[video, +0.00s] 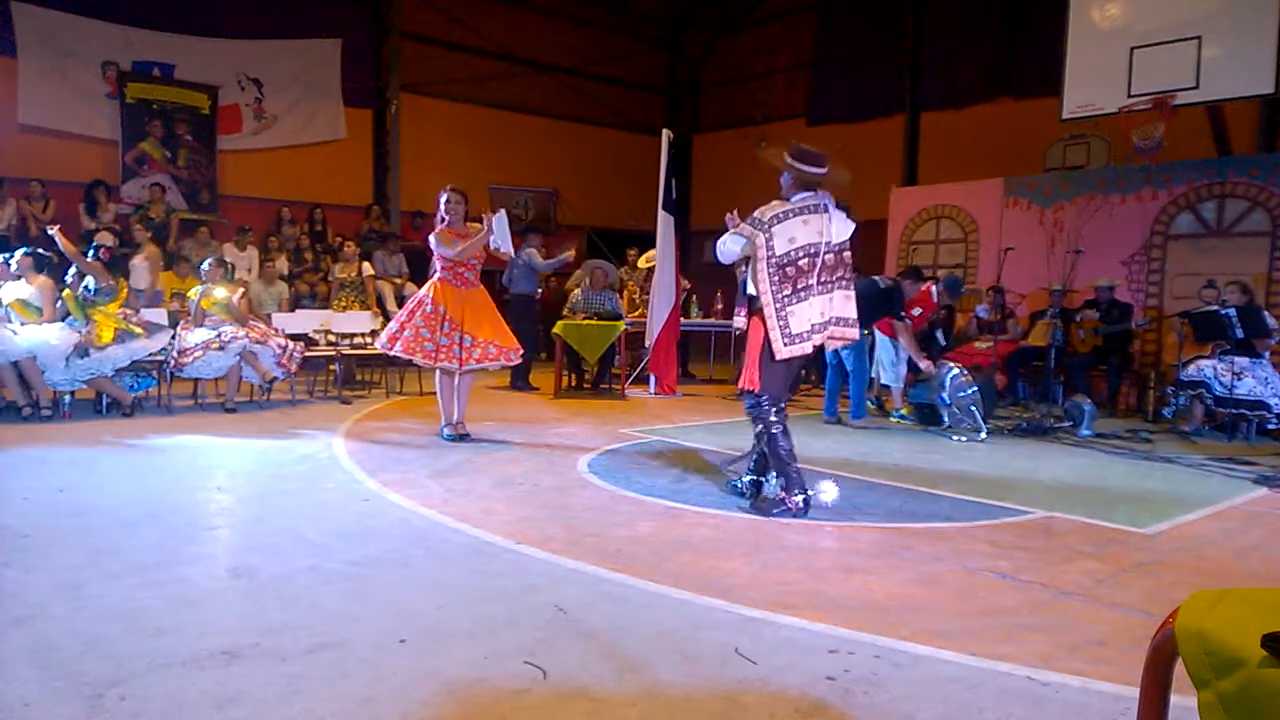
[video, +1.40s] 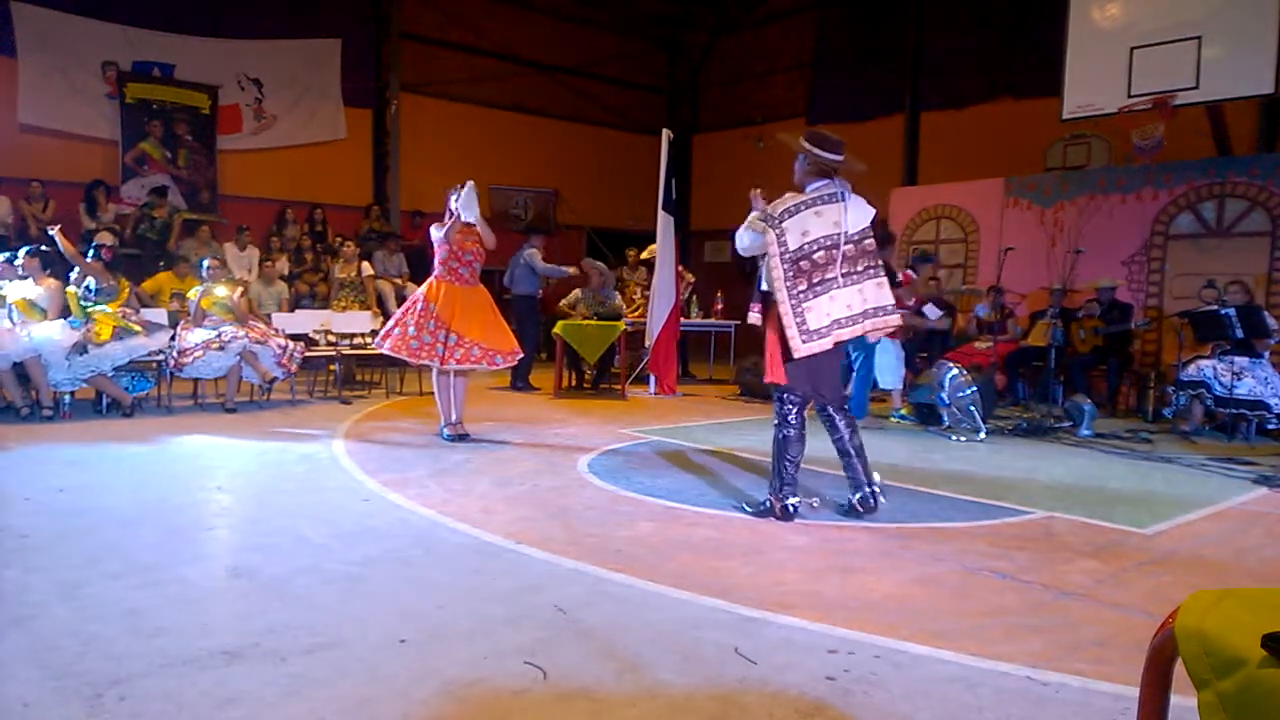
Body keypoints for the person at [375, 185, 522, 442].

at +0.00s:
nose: (452, 207)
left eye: (457, 203)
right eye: (447, 203)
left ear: (465, 207)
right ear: (441, 208)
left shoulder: (477, 231)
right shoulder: (438, 236)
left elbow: (505, 255)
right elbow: (457, 254)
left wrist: (498, 230)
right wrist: (486, 234)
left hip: (472, 301)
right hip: (445, 301)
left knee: (467, 365)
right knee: (446, 365)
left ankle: (460, 421)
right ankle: (446, 422)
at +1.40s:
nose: (458, 210)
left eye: (462, 206)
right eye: (455, 205)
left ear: (469, 209)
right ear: (448, 207)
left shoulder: (478, 233)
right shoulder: (438, 229)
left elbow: (492, 243)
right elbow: (442, 237)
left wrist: (476, 216)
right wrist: (454, 219)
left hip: (469, 298)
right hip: (442, 296)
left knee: (461, 364)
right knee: (442, 364)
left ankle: (458, 420)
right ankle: (446, 421)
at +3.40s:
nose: (463, 208)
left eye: (468, 203)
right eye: (459, 205)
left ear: (472, 208)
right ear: (452, 208)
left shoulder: (481, 236)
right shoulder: (440, 232)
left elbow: (481, 226)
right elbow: (437, 222)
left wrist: (463, 200)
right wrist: (445, 197)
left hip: (469, 295)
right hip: (443, 294)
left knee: (463, 364)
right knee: (443, 363)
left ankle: (458, 421)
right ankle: (445, 422)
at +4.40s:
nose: (456, 207)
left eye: (461, 204)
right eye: (452, 204)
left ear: (468, 210)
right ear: (444, 208)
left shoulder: (476, 236)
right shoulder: (437, 233)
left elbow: (487, 222)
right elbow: (433, 225)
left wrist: (466, 198)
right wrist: (444, 198)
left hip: (468, 296)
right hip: (441, 295)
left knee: (461, 364)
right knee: (442, 364)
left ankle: (458, 421)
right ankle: (445, 421)